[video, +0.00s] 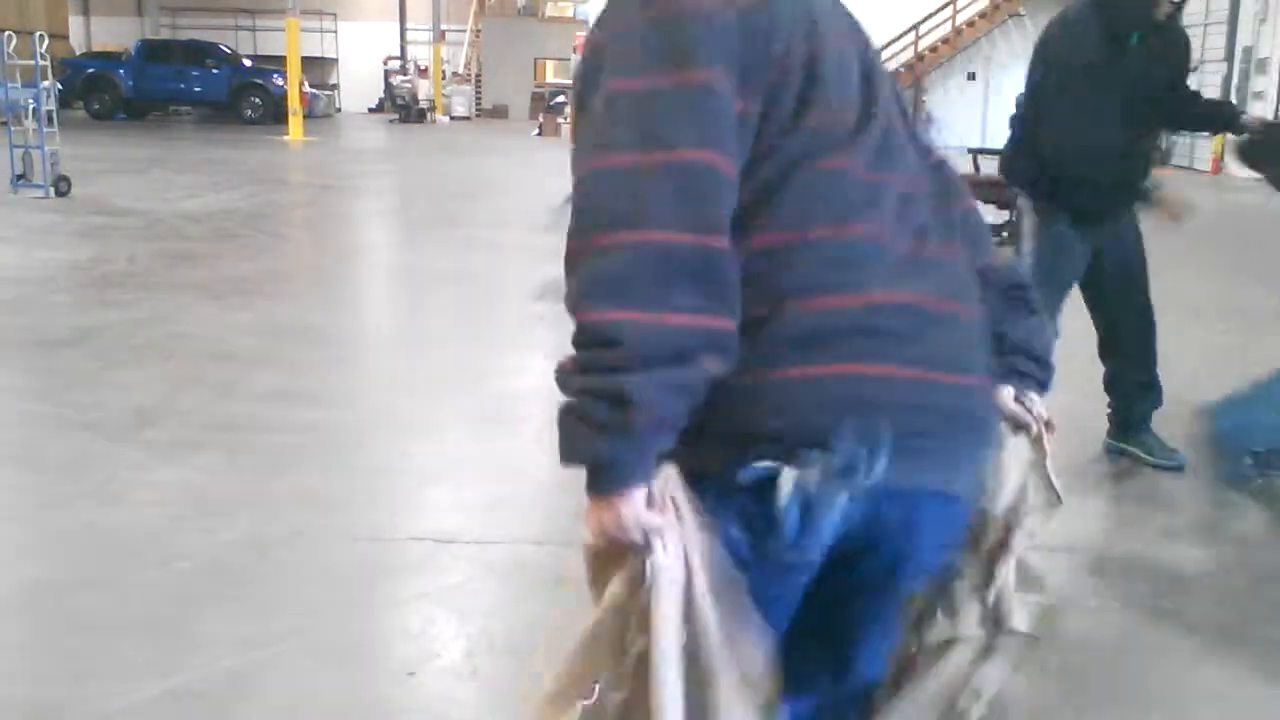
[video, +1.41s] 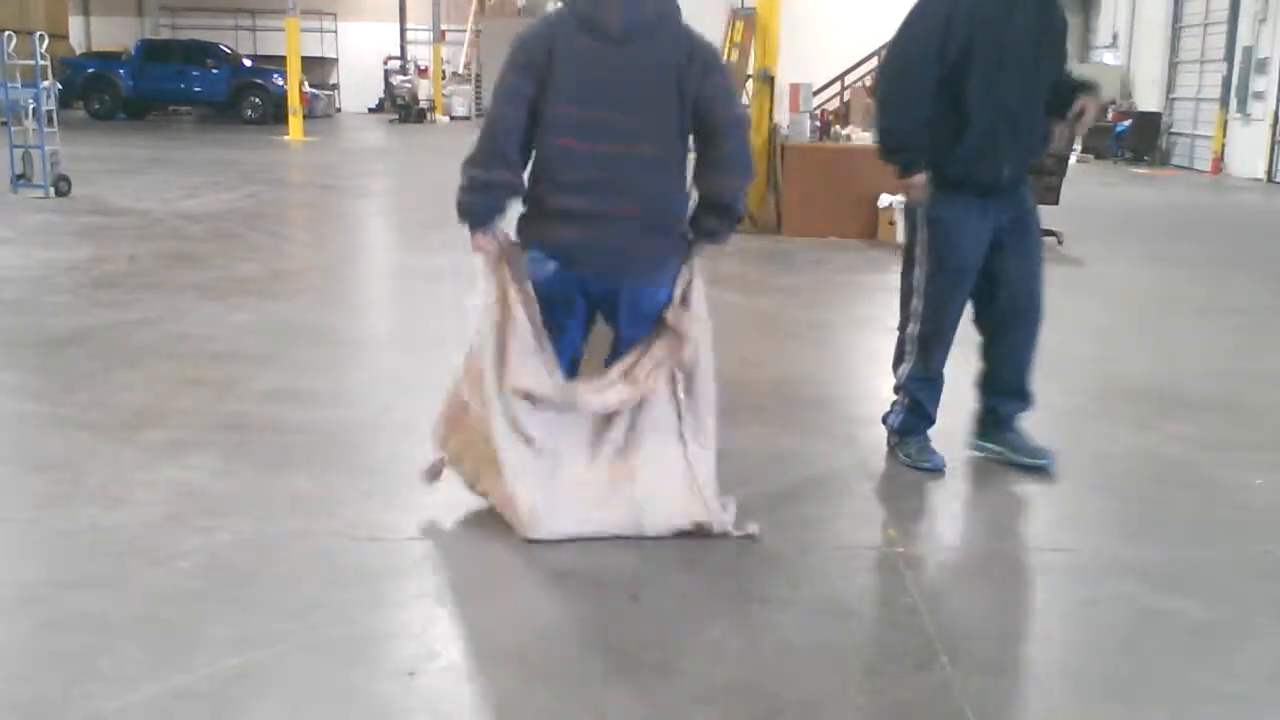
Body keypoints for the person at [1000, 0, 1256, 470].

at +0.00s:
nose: (1170, 8)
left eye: (1174, 6)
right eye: (1166, 4)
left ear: (1171, 7)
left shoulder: (1167, 40)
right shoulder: (1076, 30)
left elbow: (1165, 105)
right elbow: (1068, 134)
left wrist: (1234, 119)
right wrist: (1142, 188)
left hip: (1113, 201)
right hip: (1055, 202)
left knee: (1130, 322)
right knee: (1032, 323)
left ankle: (1129, 426)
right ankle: (1002, 431)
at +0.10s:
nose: (1145, 14)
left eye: (1147, 10)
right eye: (1139, 9)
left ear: (1144, 9)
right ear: (1112, 4)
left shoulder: (1147, 40)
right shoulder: (1046, 37)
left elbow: (1181, 96)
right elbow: (1024, 139)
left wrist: (1256, 104)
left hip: (1091, 202)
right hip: (1029, 206)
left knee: (1118, 318)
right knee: (1007, 330)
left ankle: (1129, 425)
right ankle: (935, 426)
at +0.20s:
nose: (1104, 21)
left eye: (1108, 16)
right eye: (1099, 15)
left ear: (1107, 12)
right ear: (1075, 9)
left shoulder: (1110, 42)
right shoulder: (1009, 45)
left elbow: (1176, 88)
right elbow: (979, 132)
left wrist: (1256, 96)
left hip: (1066, 218)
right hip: (1008, 223)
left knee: (1102, 323)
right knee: (989, 346)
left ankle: (1126, 426)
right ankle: (930, 437)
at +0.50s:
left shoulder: (1044, 17)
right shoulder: (949, 15)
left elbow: (1109, 60)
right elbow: (914, 96)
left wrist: (1198, 72)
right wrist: (925, 179)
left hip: (1019, 195)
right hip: (960, 201)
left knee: (1066, 304)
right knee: (964, 327)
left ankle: (1073, 415)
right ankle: (923, 429)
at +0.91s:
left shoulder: (1020, 11)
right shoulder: (920, 9)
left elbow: (1091, 37)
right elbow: (879, 70)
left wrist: (1184, 46)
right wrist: (878, 156)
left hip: (980, 176)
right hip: (920, 176)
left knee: (996, 304)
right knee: (916, 312)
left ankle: (992, 422)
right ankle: (907, 428)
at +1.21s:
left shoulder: (1027, 9)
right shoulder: (925, 9)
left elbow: (1075, 55)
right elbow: (879, 67)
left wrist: (1143, 51)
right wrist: (861, 155)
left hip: (988, 179)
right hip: (929, 176)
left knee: (974, 310)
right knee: (922, 310)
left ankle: (952, 422)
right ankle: (909, 427)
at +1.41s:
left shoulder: (1047, 14)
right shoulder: (949, 8)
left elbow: (1039, 84)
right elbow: (902, 71)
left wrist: (1075, 98)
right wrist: (909, 162)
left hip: (1011, 187)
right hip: (952, 185)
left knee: (1017, 312)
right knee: (935, 315)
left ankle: (997, 425)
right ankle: (908, 428)